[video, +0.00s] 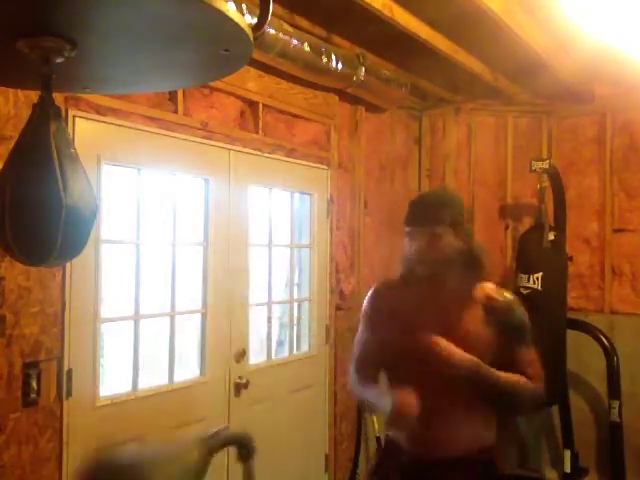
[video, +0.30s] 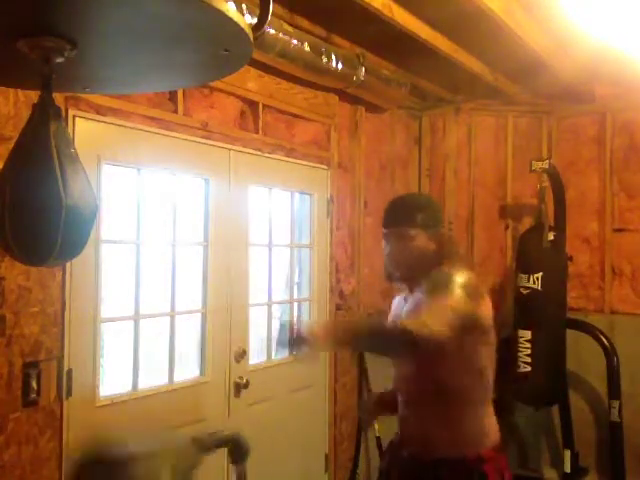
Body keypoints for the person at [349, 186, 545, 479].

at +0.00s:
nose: (424, 248)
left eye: (436, 236)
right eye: (414, 236)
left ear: (461, 237)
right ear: (405, 240)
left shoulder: (499, 305)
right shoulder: (385, 299)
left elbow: (535, 391)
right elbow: (360, 377)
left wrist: (467, 366)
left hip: (473, 463)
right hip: (403, 464)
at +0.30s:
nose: (390, 251)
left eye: (403, 238)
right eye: (387, 240)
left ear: (434, 240)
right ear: (383, 243)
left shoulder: (458, 285)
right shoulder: (401, 303)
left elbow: (419, 337)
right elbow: (421, 387)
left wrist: (339, 333)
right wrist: (378, 403)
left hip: (466, 463)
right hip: (414, 458)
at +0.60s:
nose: (424, 244)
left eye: (437, 232)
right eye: (417, 232)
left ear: (464, 236)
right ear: (410, 236)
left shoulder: (505, 306)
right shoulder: (400, 295)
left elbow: (545, 386)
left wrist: (483, 399)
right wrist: (339, 321)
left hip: (479, 458)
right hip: (413, 458)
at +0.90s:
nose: (401, 243)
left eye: (414, 232)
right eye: (396, 232)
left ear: (443, 236)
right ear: (391, 238)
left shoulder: (477, 293)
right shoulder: (387, 299)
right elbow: (378, 372)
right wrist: (373, 422)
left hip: (470, 459)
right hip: (408, 459)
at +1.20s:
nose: (408, 247)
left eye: (422, 235)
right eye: (404, 235)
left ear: (450, 239)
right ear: (399, 240)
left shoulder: (485, 297)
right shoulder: (404, 306)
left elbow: (532, 377)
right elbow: (400, 379)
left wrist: (447, 398)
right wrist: (372, 371)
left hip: (477, 462)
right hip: (417, 459)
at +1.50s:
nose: (418, 246)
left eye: (432, 234)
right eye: (410, 235)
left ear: (459, 239)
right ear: (404, 238)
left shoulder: (498, 306)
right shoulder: (382, 296)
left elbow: (539, 391)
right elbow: (345, 363)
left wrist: (475, 373)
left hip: (471, 462)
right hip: (401, 462)